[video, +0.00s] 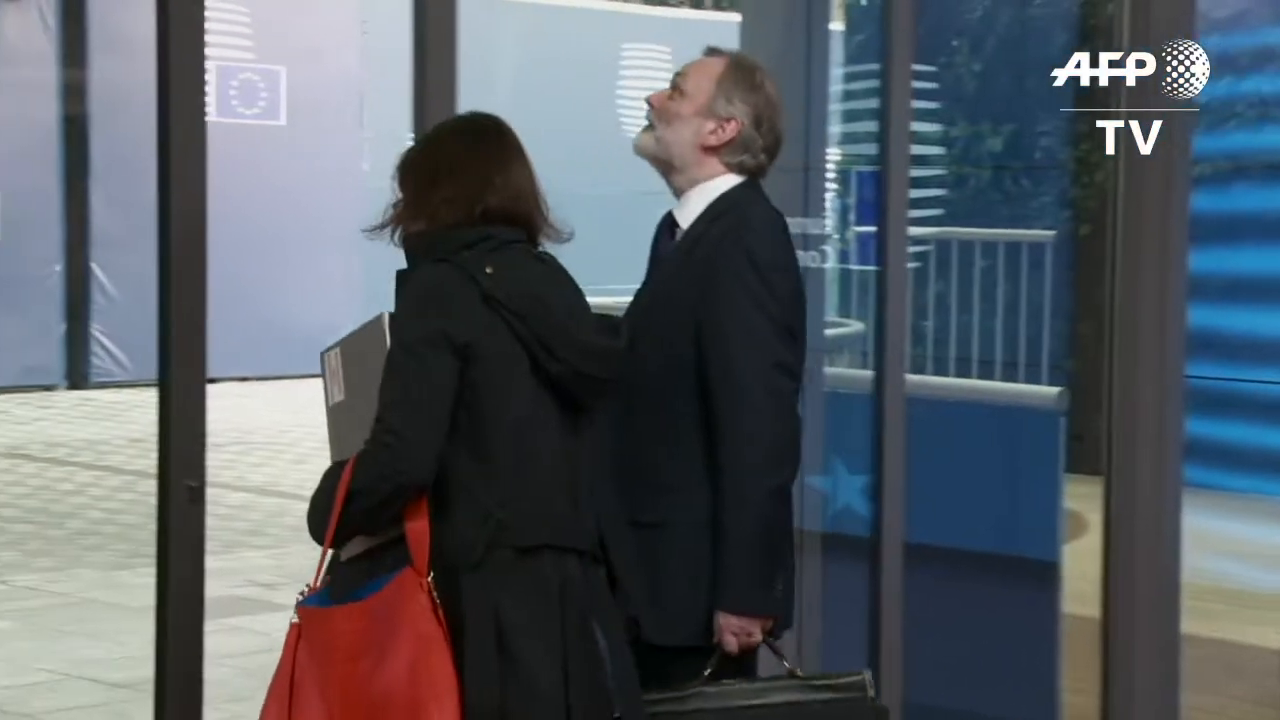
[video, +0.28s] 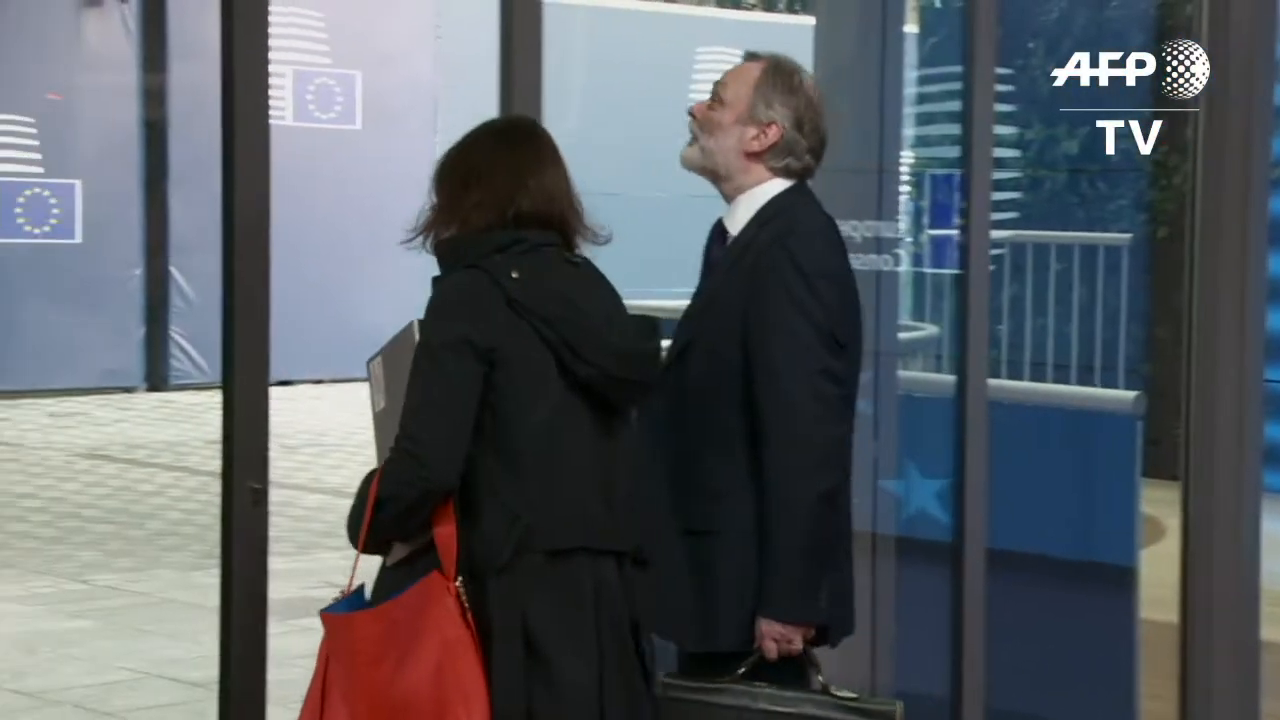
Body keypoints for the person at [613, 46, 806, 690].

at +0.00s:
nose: (653, 99)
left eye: (676, 93)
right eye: (667, 87)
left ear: (719, 131)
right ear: (714, 132)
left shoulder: (743, 236)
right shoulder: (690, 227)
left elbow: (757, 425)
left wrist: (744, 588)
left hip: (696, 574)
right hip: (658, 564)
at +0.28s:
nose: (696, 110)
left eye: (717, 102)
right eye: (708, 98)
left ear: (761, 136)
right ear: (757, 137)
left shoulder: (791, 243)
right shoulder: (748, 232)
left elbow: (802, 431)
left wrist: (787, 596)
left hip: (751, 586)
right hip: (718, 576)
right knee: (720, 717)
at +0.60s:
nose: (732, 170)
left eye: (738, 151)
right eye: (732, 152)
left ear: (783, 150)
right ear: (785, 151)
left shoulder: (835, 255)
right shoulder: (820, 238)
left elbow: (845, 442)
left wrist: (826, 604)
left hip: (797, 600)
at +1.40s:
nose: (772, 195)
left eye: (773, 175)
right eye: (769, 178)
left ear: (814, 163)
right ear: (817, 164)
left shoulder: (898, 257)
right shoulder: (857, 248)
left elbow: (953, 435)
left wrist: (927, 587)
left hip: (883, 608)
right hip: (846, 598)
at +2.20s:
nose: (689, 210)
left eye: (689, 191)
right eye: (688, 193)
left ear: (711, 179)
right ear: (770, 176)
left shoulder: (799, 265)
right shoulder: (769, 263)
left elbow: (846, 432)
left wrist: (830, 581)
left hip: (792, 599)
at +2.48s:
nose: (639, 187)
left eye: (639, 168)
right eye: (638, 170)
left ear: (656, 161)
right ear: (722, 160)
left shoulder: (725, 244)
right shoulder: (741, 236)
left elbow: (750, 406)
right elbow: (753, 405)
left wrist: (740, 548)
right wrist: (728, 543)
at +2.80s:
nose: (630, 188)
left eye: (628, 175)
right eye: (630, 175)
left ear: (639, 178)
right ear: (716, 172)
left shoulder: (652, 255)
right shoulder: (770, 265)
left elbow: (644, 411)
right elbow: (769, 416)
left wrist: (636, 551)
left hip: (678, 556)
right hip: (766, 552)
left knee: (672, 708)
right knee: (759, 709)